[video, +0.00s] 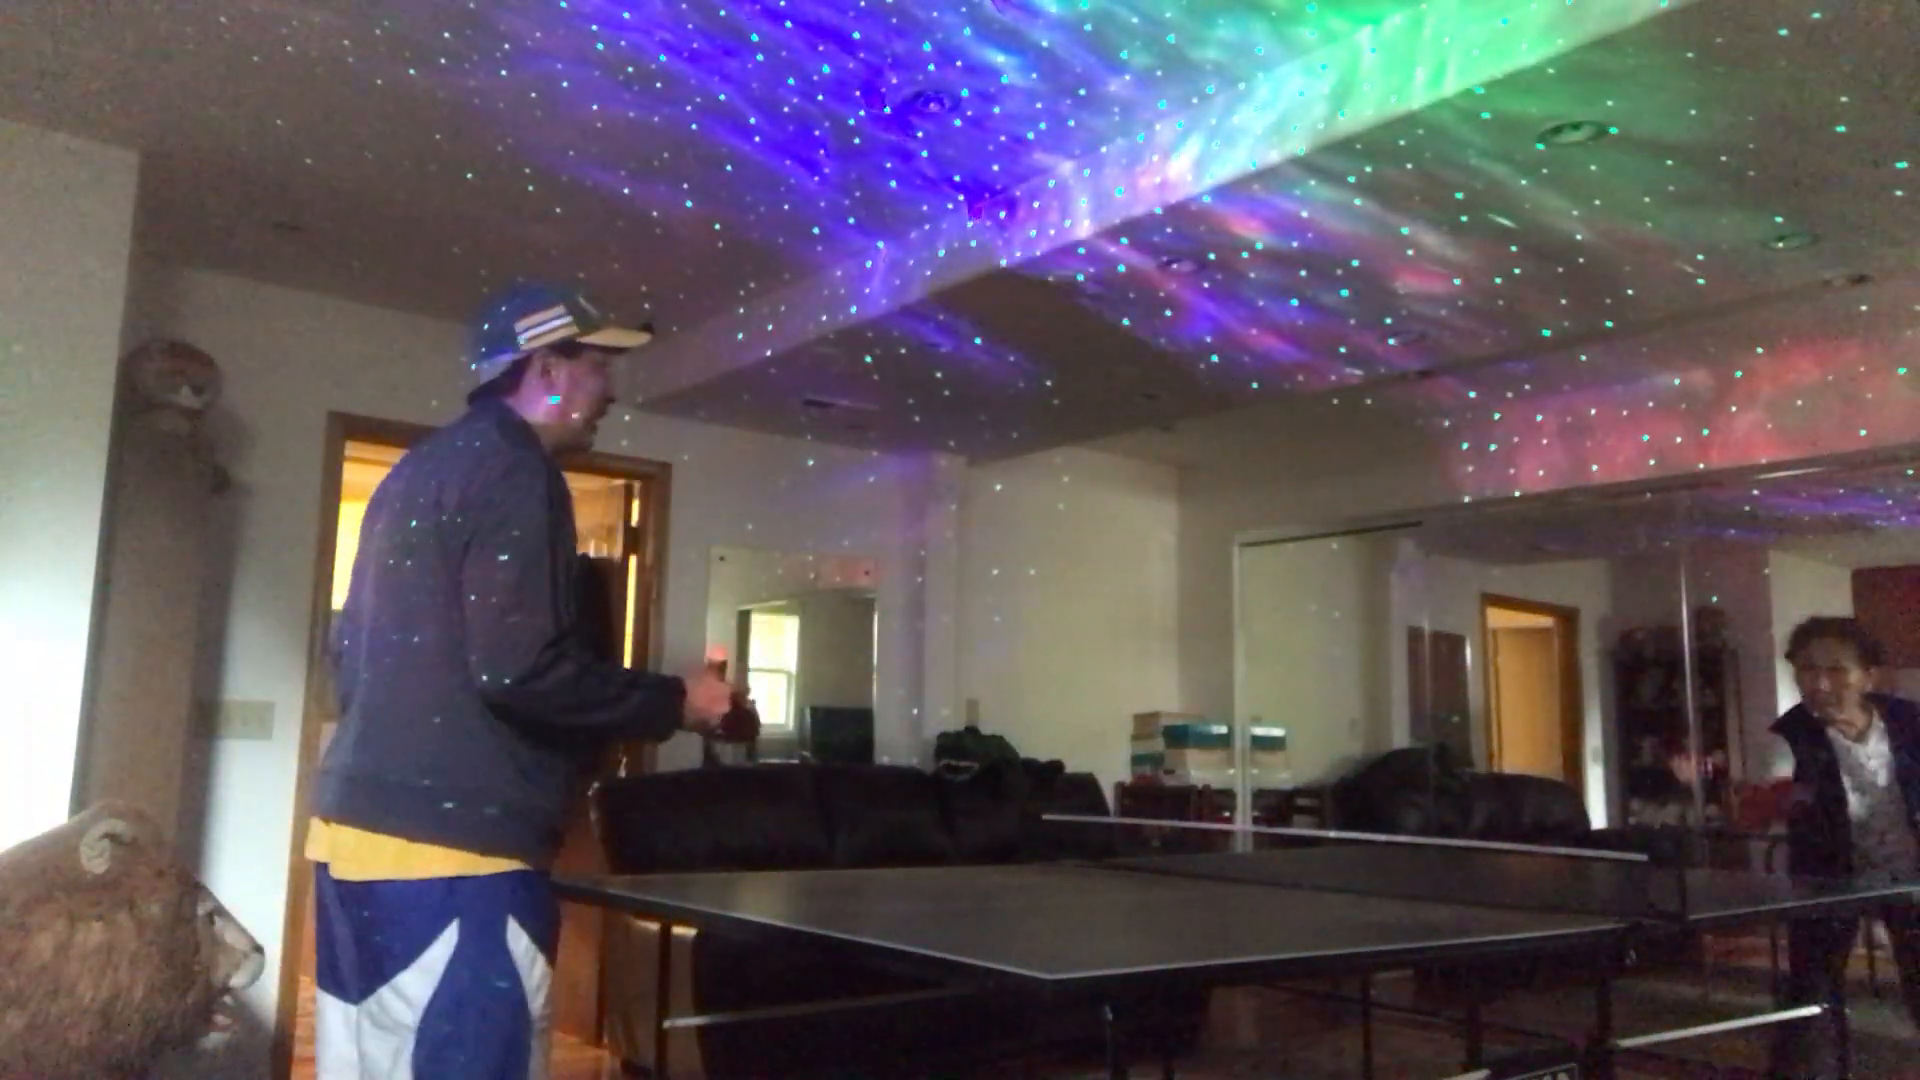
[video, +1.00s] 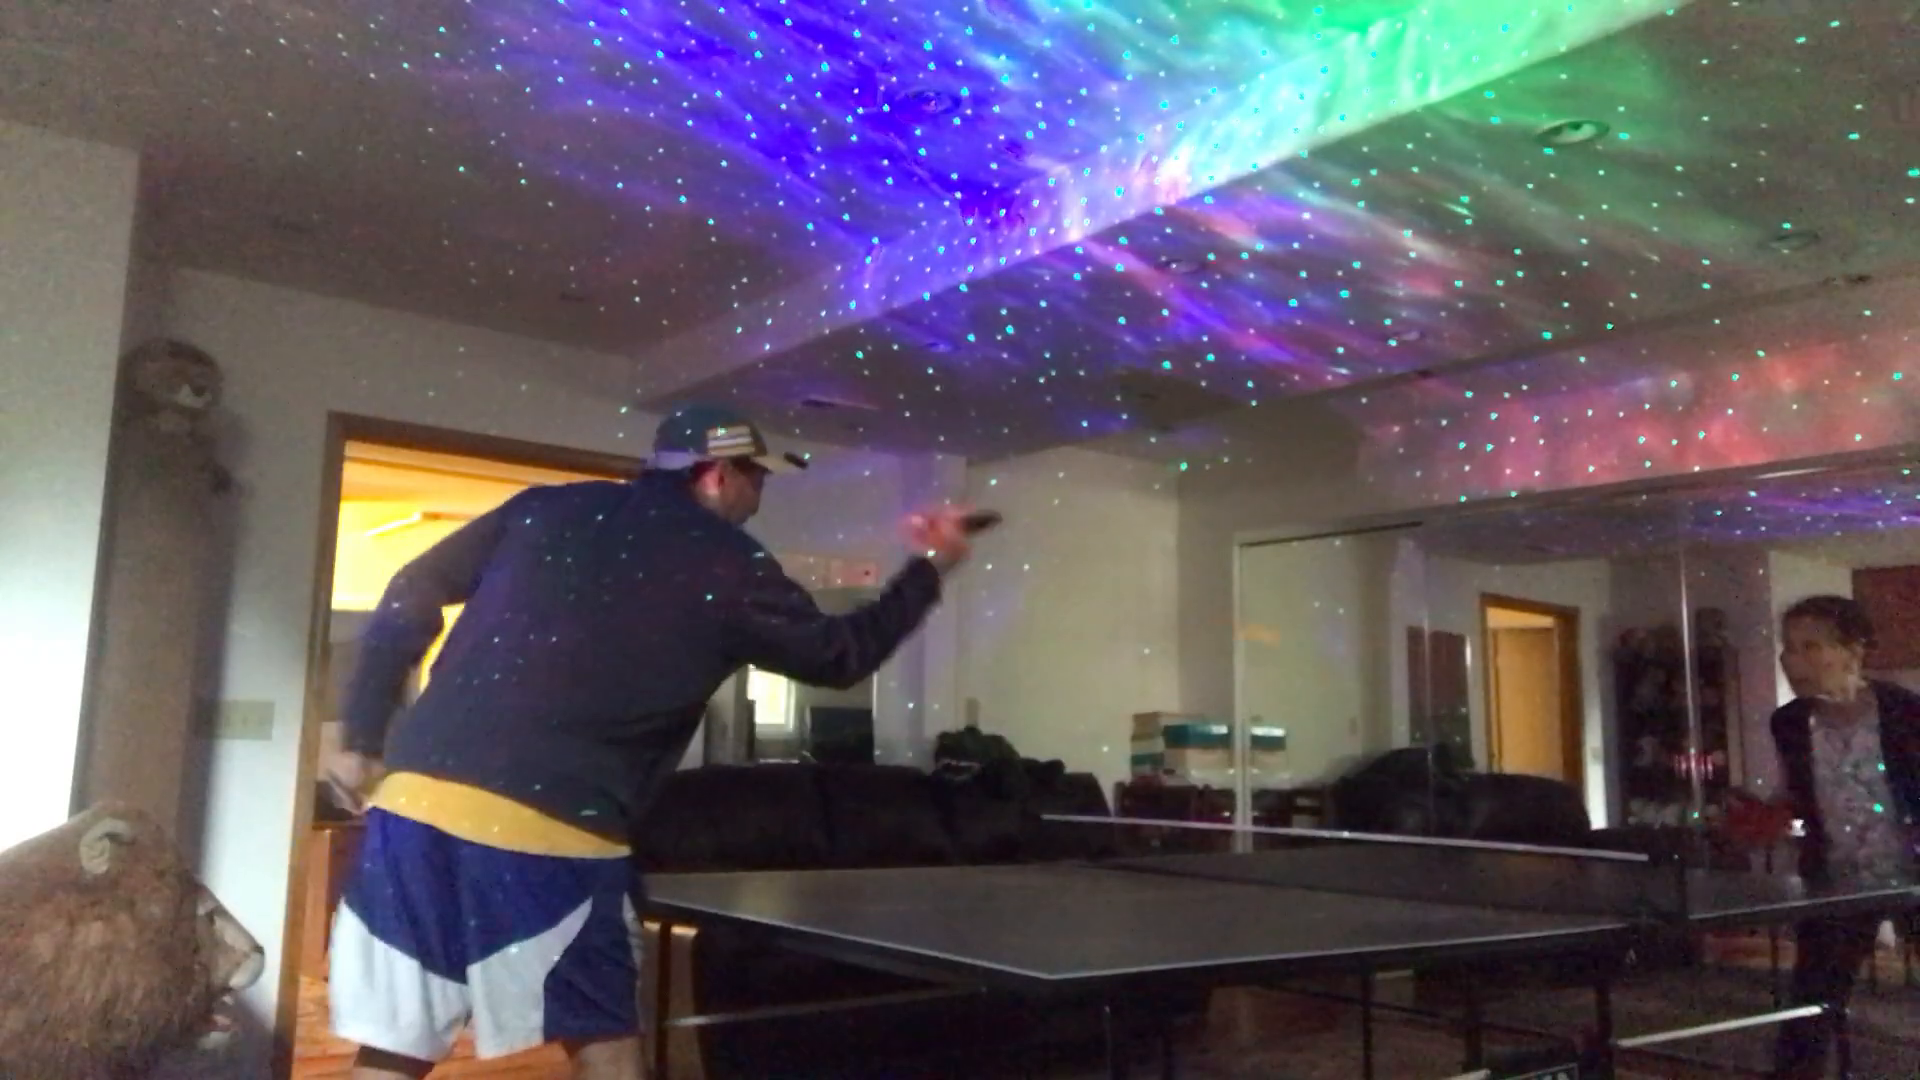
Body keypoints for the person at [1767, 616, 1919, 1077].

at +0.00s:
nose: (1820, 684)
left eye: (1836, 671)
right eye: (1808, 671)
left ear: (1868, 676)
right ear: (1795, 678)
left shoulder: (1904, 719)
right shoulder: (1792, 735)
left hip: (1903, 867)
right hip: (1830, 871)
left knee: (1915, 975)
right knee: (1812, 978)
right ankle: (1801, 1065)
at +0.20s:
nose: (1802, 703)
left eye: (1816, 690)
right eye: (1790, 690)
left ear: (1846, 694)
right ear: (1774, 694)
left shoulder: (1879, 733)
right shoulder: (1774, 742)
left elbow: (1908, 797)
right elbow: (1731, 777)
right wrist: (1677, 783)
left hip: (1880, 874)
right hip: (1803, 881)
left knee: (1907, 974)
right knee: (1799, 988)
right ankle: (1773, 1061)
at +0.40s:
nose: (1774, 711)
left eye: (1793, 699)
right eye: (1765, 696)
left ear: (1827, 706)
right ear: (1752, 697)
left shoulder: (1869, 740)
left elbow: (1907, 810)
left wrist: (1914, 868)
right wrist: (1676, 842)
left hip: (1867, 877)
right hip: (1779, 886)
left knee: (1907, 969)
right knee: (1784, 983)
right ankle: (1776, 1067)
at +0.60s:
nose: (1777, 703)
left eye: (1792, 691)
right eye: (1769, 689)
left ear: (1830, 694)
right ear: (1757, 690)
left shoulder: (1877, 736)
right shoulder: (1746, 746)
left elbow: (1908, 811)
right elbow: (1706, 816)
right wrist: (1719, 840)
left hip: (1868, 871)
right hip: (1785, 876)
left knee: (1908, 957)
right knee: (1788, 966)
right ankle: (1776, 1063)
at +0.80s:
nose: (1797, 681)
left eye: (1813, 667)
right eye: (1789, 667)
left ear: (1857, 675)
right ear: (1780, 675)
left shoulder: (1900, 726)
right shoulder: (1779, 738)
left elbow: (1912, 811)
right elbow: (1782, 810)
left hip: (1896, 879)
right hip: (1819, 884)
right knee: (1807, 983)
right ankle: (1795, 1065)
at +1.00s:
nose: (1787, 659)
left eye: (1802, 647)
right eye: (1786, 648)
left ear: (1853, 651)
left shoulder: (1903, 709)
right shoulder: (1789, 724)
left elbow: (1914, 793)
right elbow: (1804, 802)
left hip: (1908, 878)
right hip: (1837, 885)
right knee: (1811, 1005)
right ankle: (1799, 1066)